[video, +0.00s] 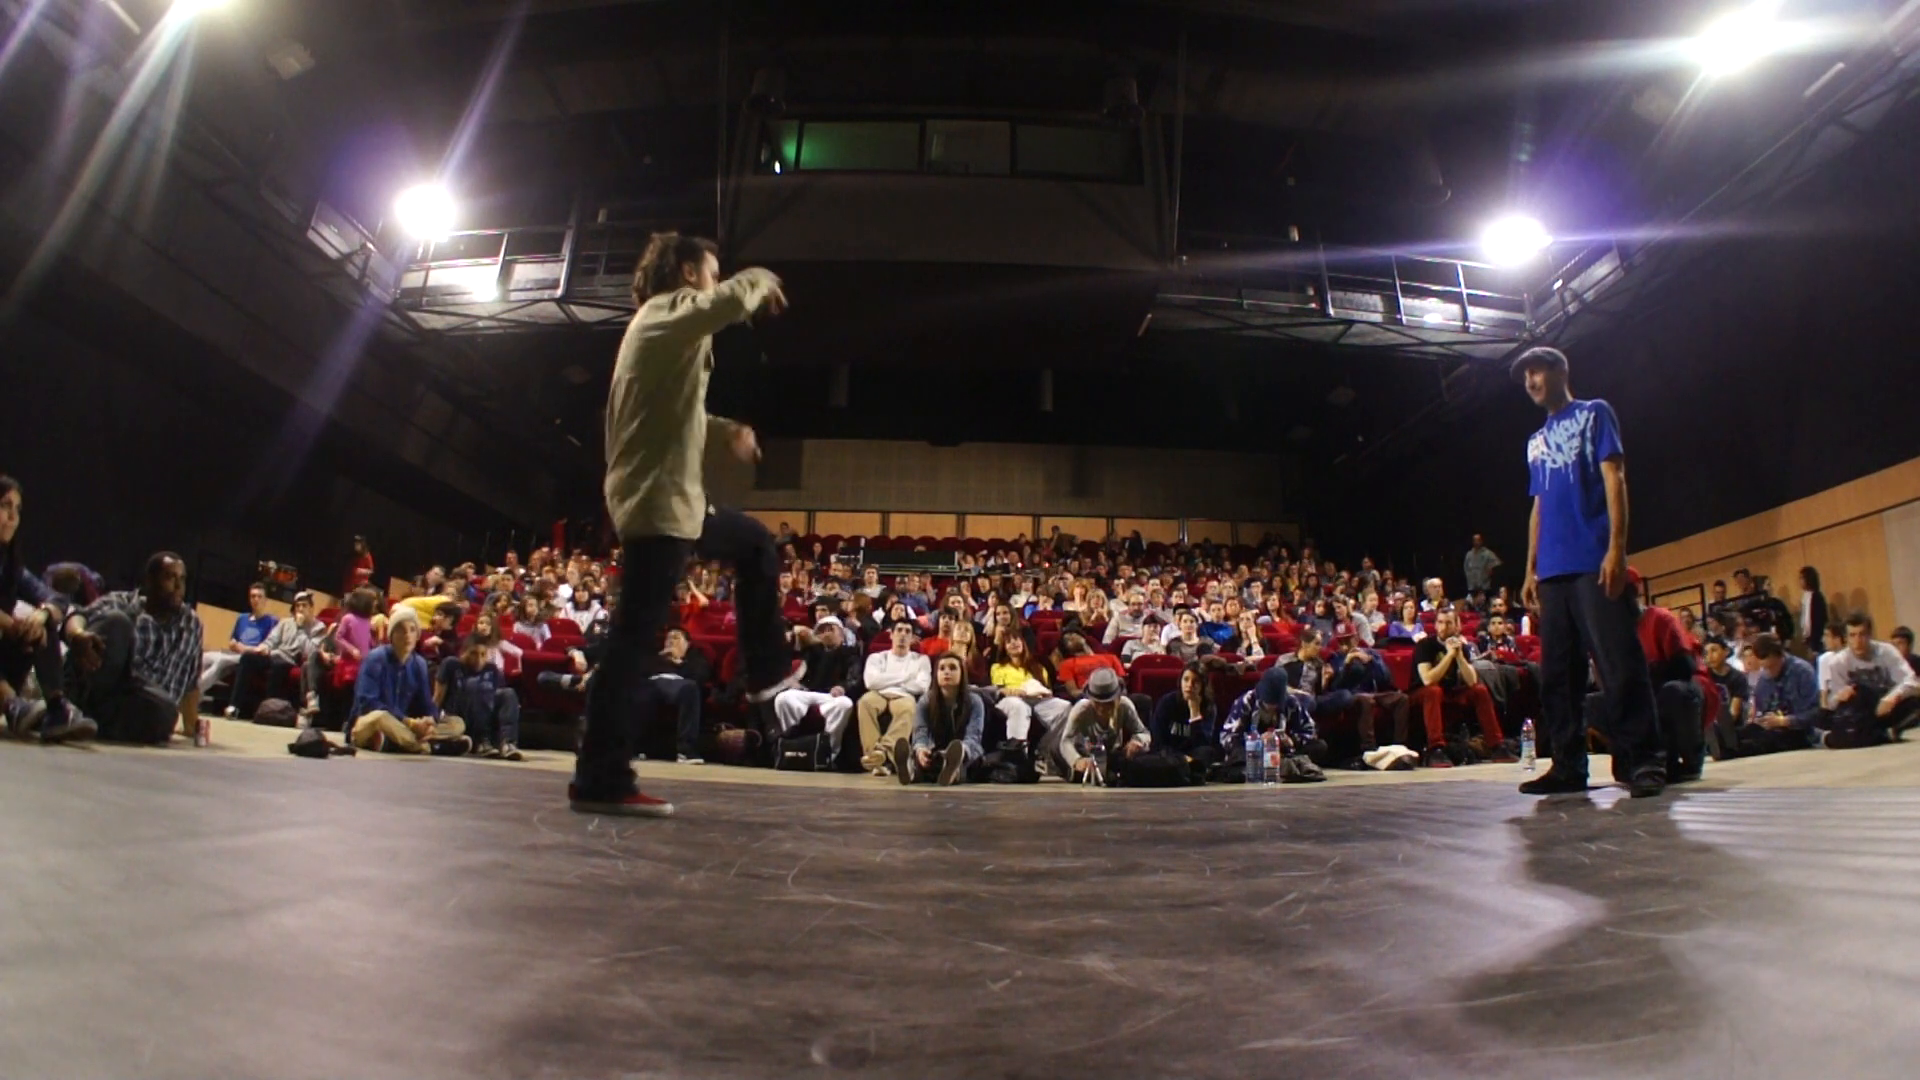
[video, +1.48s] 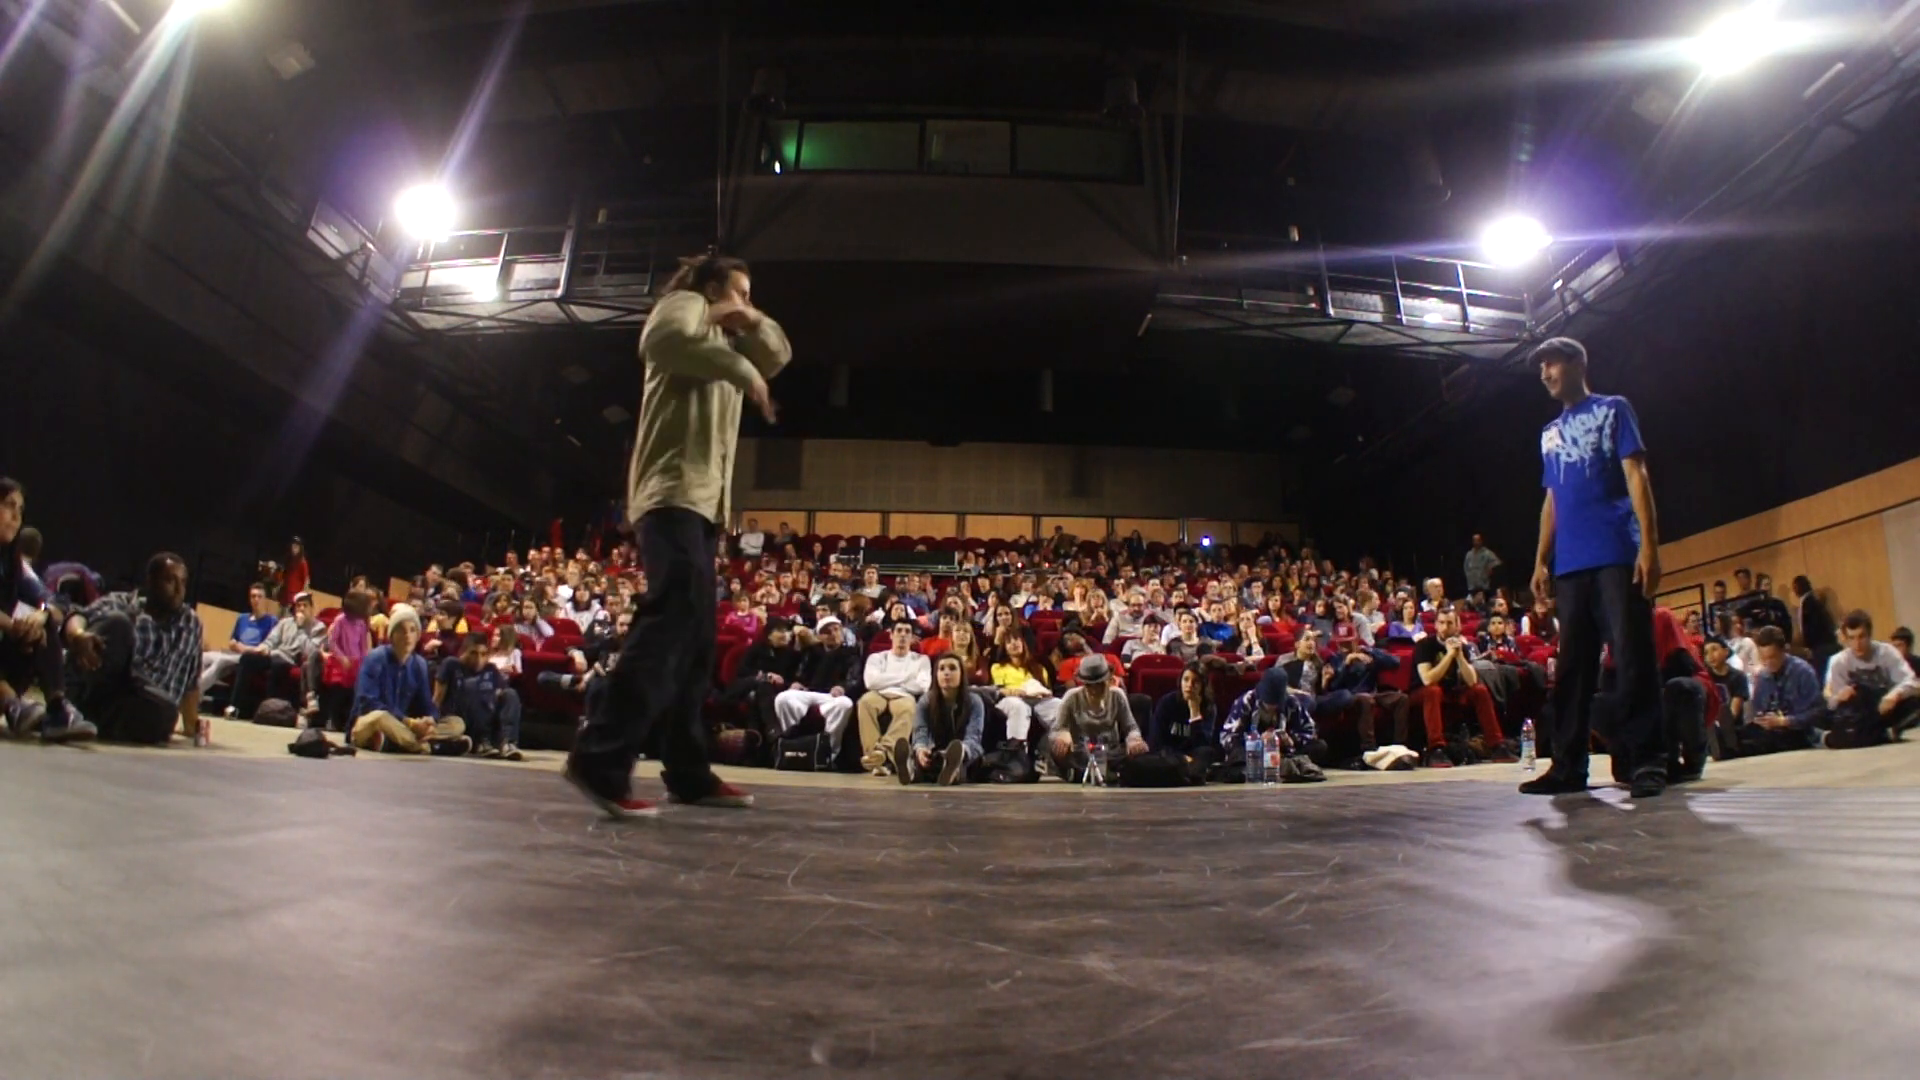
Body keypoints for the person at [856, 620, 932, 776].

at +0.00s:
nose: (903, 635)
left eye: (907, 632)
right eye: (899, 630)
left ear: (912, 638)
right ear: (891, 634)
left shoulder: (921, 659)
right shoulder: (875, 657)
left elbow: (921, 686)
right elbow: (871, 682)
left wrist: (887, 683)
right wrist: (904, 678)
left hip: (904, 694)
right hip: (879, 692)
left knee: (907, 710)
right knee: (865, 703)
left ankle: (884, 750)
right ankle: (876, 761)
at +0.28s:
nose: (903, 635)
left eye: (907, 632)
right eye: (899, 630)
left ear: (912, 638)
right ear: (891, 634)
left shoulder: (921, 659)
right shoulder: (876, 658)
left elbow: (921, 686)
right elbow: (871, 682)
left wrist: (886, 683)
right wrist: (905, 678)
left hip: (904, 694)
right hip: (879, 692)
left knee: (907, 710)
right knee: (865, 703)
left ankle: (884, 750)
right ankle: (876, 761)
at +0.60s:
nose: (903, 635)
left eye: (907, 632)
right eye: (899, 631)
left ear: (912, 638)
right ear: (891, 634)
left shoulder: (921, 659)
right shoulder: (876, 658)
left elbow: (922, 686)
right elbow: (871, 682)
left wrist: (887, 682)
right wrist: (905, 678)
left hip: (904, 694)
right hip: (879, 692)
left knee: (907, 710)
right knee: (865, 703)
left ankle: (884, 750)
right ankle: (876, 761)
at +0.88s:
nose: (903, 635)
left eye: (907, 632)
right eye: (899, 631)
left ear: (912, 638)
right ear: (891, 634)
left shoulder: (921, 659)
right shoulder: (876, 658)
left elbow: (922, 686)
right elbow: (871, 682)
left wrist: (887, 683)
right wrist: (905, 678)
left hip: (904, 694)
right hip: (879, 692)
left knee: (907, 710)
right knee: (865, 703)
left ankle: (884, 750)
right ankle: (875, 761)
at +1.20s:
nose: (903, 635)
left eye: (907, 632)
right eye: (899, 631)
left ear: (912, 638)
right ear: (891, 634)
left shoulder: (921, 659)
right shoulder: (876, 658)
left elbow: (922, 686)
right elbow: (871, 682)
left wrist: (886, 683)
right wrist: (905, 678)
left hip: (904, 694)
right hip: (879, 692)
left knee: (907, 710)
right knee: (865, 703)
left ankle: (884, 750)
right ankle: (876, 761)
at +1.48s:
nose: (903, 635)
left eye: (907, 632)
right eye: (899, 631)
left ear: (912, 638)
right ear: (891, 634)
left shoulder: (921, 659)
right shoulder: (876, 658)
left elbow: (922, 686)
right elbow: (871, 682)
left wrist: (887, 682)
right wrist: (906, 677)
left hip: (904, 694)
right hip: (879, 692)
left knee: (907, 710)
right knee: (865, 703)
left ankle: (884, 750)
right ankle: (876, 761)